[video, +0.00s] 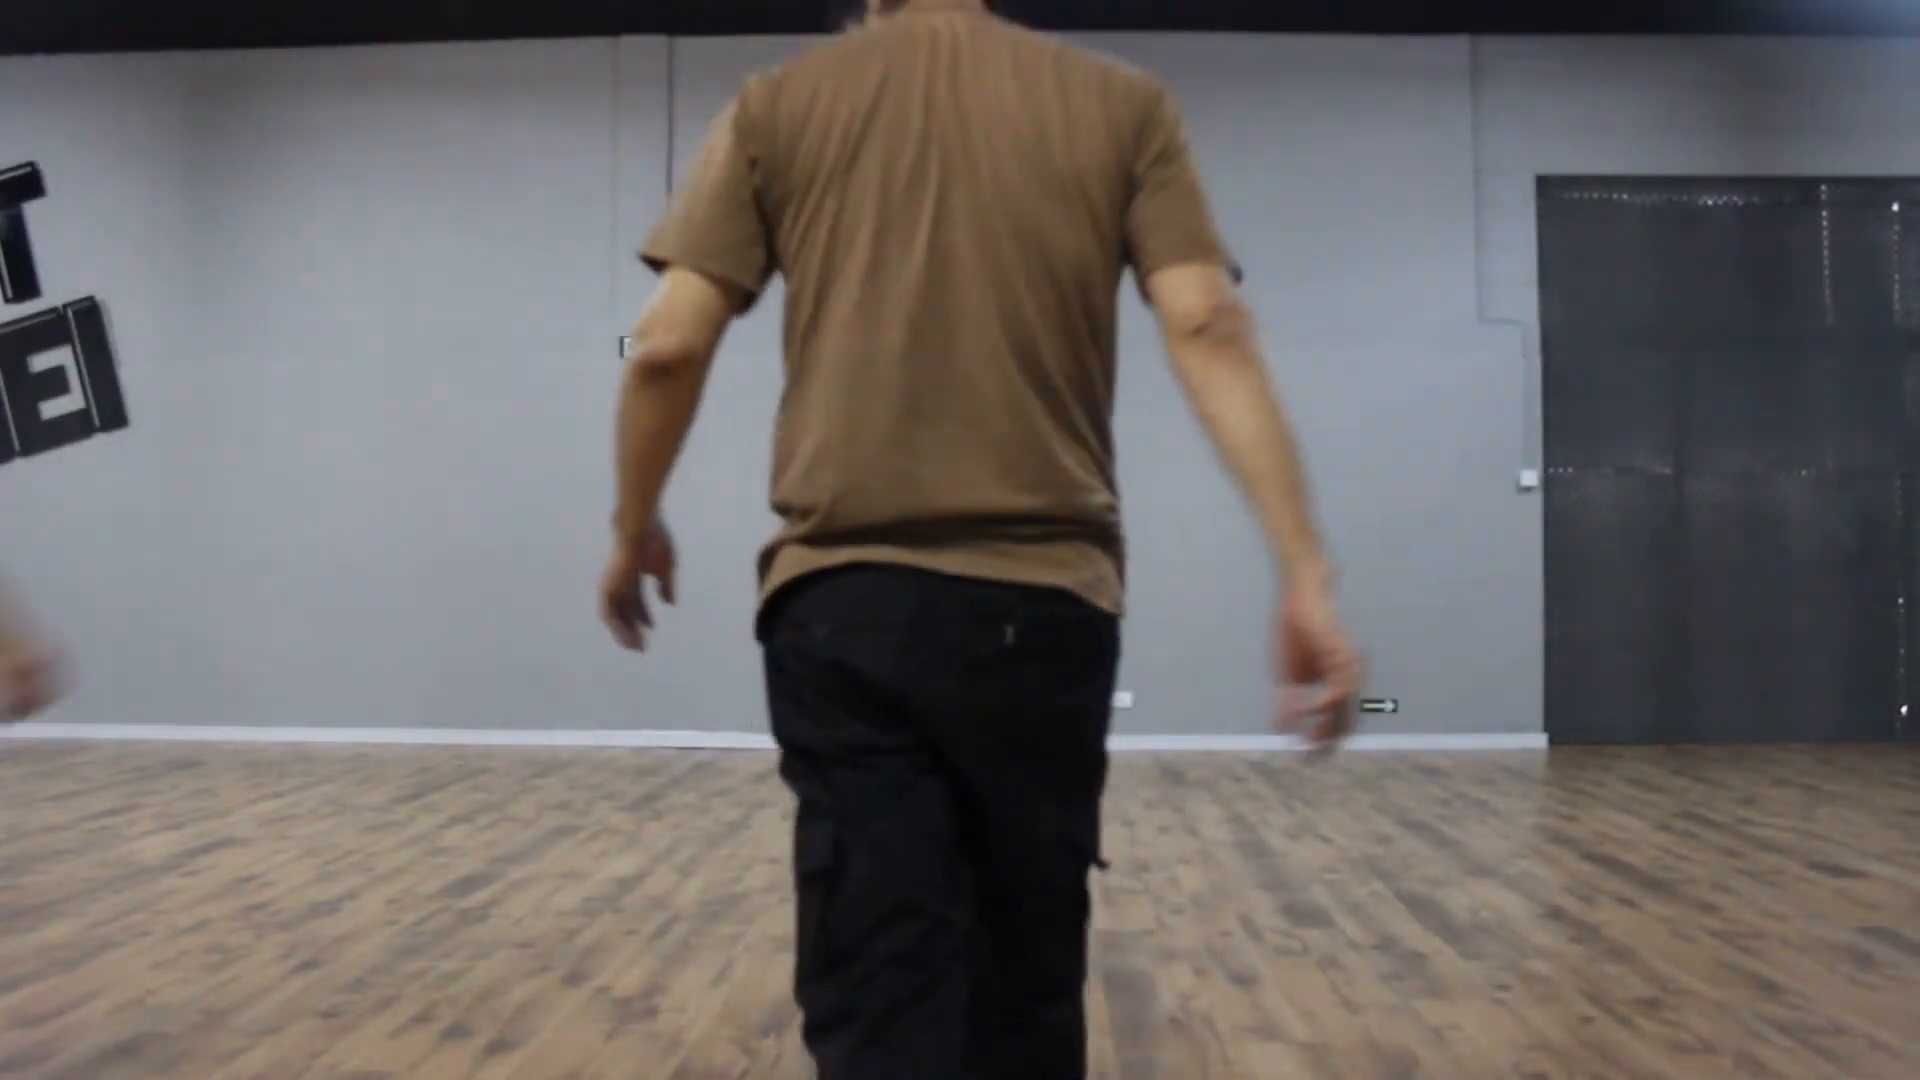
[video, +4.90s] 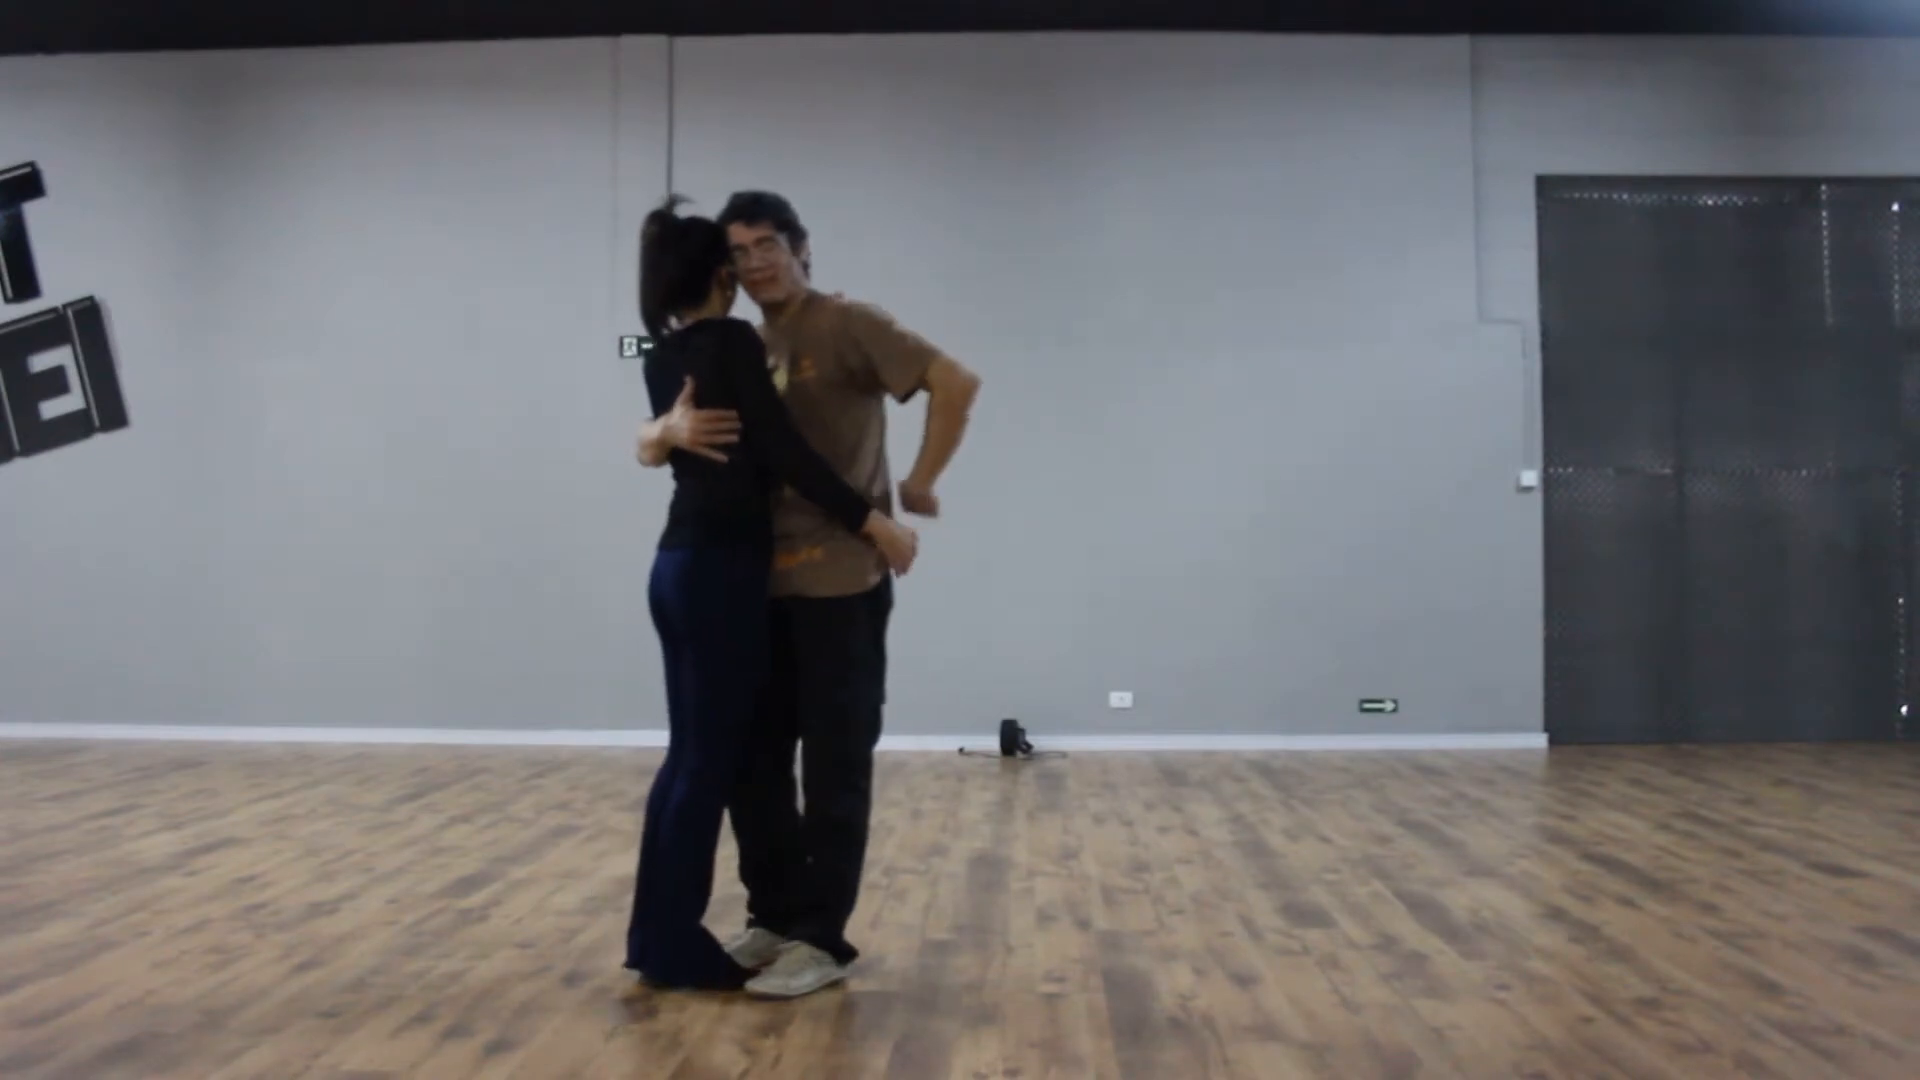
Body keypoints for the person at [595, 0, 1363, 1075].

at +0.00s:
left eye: (854, 17)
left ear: (870, 2)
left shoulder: (782, 102)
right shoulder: (1118, 101)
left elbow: (667, 346)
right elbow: (1206, 320)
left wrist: (636, 525)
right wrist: (1304, 574)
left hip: (841, 608)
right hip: (1046, 610)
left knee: (878, 980)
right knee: (1028, 978)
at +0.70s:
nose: (805, 179)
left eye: (806, 157)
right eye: (804, 160)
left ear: (839, 130)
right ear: (923, 132)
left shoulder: (811, 223)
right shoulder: (1032, 236)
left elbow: (682, 385)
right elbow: (1100, 413)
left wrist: (584, 511)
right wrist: (1134, 544)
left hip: (848, 598)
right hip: (991, 604)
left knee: (842, 865)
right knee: (981, 868)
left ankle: (856, 1068)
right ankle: (984, 1072)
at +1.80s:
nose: (843, 268)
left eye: (844, 252)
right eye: (838, 254)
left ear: (874, 235)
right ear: (919, 235)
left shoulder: (869, 300)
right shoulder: (1002, 323)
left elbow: (838, 412)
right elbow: (1027, 460)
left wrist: (764, 479)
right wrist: (1030, 571)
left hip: (878, 587)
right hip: (975, 590)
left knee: (858, 777)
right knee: (964, 789)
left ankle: (852, 955)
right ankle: (965, 991)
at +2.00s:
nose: (806, 281)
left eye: (808, 264)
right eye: (799, 267)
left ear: (848, 245)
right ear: (877, 245)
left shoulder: (852, 314)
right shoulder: (965, 327)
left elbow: (859, 427)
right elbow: (966, 450)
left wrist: (780, 499)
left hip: (864, 588)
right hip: (952, 587)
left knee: (847, 774)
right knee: (946, 779)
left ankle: (858, 954)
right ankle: (961, 979)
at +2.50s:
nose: (750, 289)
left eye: (757, 273)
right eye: (745, 275)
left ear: (803, 259)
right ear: (797, 261)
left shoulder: (836, 327)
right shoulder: (831, 320)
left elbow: (876, 446)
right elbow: (860, 447)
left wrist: (818, 551)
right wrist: (805, 547)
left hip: (838, 579)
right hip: (832, 577)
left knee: (832, 764)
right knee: (829, 760)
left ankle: (864, 952)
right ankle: (848, 925)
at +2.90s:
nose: (733, 289)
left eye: (745, 275)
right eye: (727, 276)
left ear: (789, 263)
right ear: (731, 268)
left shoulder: (828, 331)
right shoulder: (759, 339)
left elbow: (880, 443)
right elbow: (729, 418)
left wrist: (827, 547)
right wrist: (679, 471)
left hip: (815, 578)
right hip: (765, 573)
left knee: (822, 756)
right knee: (754, 749)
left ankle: (864, 947)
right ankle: (775, 921)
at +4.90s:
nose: (756, 263)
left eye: (768, 246)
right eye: (740, 253)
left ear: (799, 249)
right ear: (729, 266)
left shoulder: (849, 325)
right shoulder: (736, 347)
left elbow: (955, 384)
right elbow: (646, 450)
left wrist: (921, 482)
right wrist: (668, 429)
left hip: (842, 587)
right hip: (760, 588)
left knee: (835, 769)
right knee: (755, 763)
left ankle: (822, 942)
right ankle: (774, 921)